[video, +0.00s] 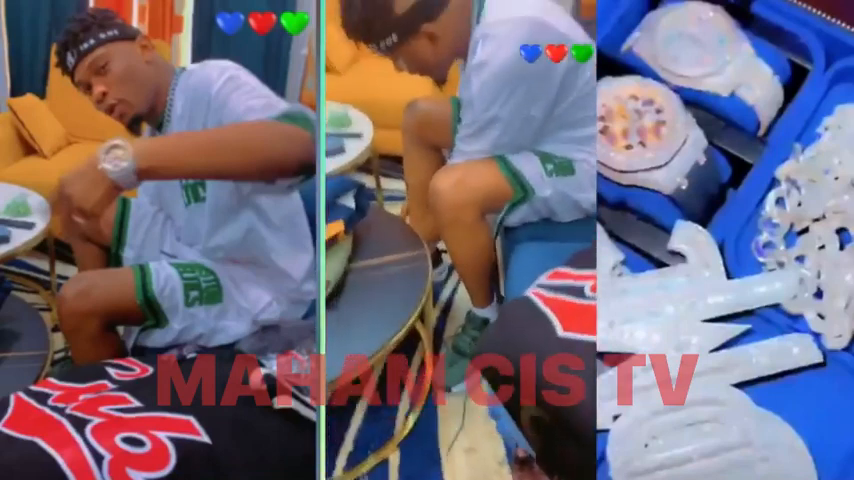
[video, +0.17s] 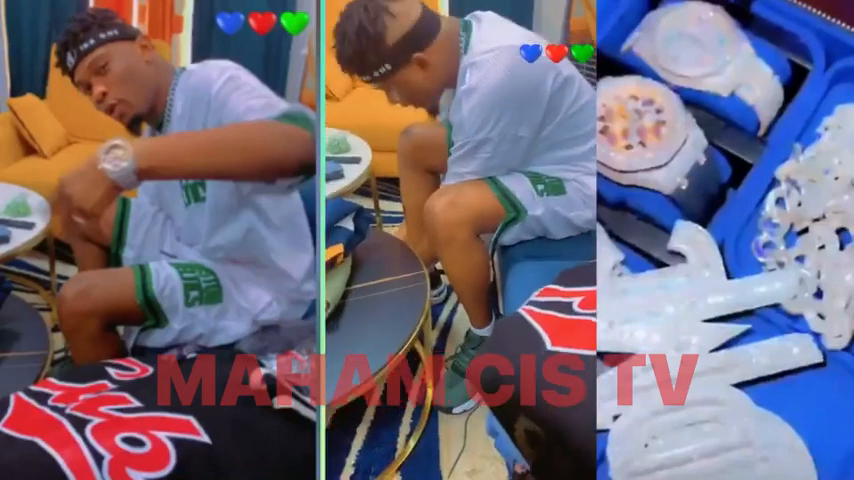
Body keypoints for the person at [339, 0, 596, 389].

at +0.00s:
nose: (399, 66)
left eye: (397, 54)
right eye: (393, 57)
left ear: (429, 35)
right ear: (430, 31)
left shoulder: (509, 48)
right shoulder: (479, 17)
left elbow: (468, 162)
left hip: (574, 162)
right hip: (524, 131)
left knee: (452, 191)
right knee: (419, 117)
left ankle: (484, 316)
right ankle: (416, 264)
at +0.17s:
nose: (391, 98)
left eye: (388, 86)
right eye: (383, 89)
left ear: (420, 63)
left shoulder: (491, 82)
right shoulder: (465, 36)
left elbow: (458, 193)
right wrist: (419, 248)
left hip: (577, 179)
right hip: (527, 151)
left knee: (447, 213)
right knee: (415, 144)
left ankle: (484, 336)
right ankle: (420, 273)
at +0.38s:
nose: (391, 103)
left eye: (389, 82)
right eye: (380, 91)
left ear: (425, 41)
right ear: (427, 41)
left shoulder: (492, 85)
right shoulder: (455, 57)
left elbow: (452, 200)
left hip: (570, 190)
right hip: (516, 161)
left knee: (444, 219)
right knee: (412, 149)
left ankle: (478, 342)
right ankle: (411, 278)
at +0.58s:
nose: (400, 114)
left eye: (400, 98)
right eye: (393, 102)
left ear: (434, 61)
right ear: (434, 57)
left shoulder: (503, 97)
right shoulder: (465, 65)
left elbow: (457, 206)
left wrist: (414, 271)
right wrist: (407, 244)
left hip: (571, 198)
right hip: (519, 168)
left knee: (448, 226)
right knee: (415, 157)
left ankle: (478, 352)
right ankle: (408, 292)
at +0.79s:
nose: (393, 120)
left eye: (391, 108)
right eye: (386, 110)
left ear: (424, 85)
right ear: (425, 75)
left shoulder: (498, 103)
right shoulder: (465, 65)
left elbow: (452, 207)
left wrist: (408, 272)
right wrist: (401, 235)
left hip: (571, 201)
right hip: (519, 171)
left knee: (445, 231)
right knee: (411, 161)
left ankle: (474, 356)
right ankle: (410, 299)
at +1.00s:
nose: (386, 123)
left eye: (384, 112)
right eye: (379, 115)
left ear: (415, 91)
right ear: (417, 79)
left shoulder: (487, 107)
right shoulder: (460, 65)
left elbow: (442, 213)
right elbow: (451, 157)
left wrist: (399, 278)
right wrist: (406, 220)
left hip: (568, 203)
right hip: (518, 173)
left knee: (436, 233)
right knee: (404, 164)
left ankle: (469, 353)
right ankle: (404, 297)